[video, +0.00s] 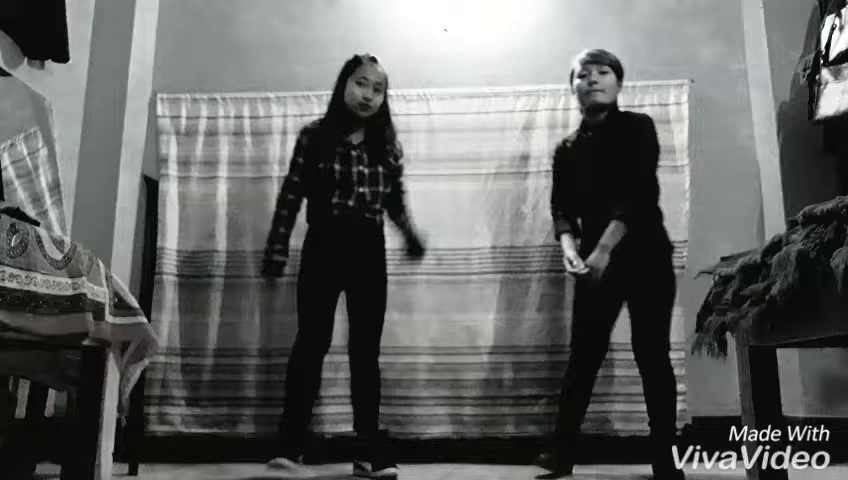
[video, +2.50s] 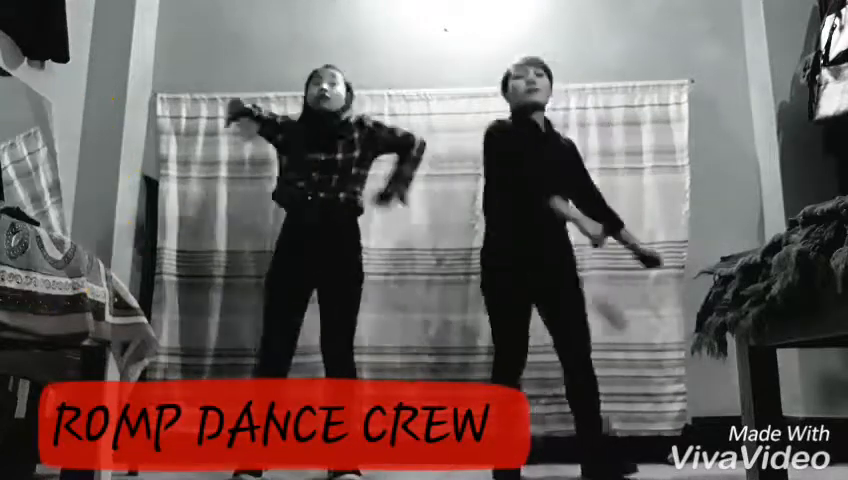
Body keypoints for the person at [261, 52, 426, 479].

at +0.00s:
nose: (368, 94)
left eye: (378, 89)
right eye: (361, 84)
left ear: (384, 97)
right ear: (343, 86)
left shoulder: (386, 142)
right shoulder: (315, 135)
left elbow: (393, 196)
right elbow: (291, 195)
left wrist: (409, 233)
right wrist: (276, 250)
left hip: (368, 255)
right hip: (322, 252)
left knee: (365, 351)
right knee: (310, 345)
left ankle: (370, 450)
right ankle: (291, 445)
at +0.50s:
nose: (337, 94)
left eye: (344, 88)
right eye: (328, 88)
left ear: (355, 98)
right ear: (314, 97)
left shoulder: (365, 141)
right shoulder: (298, 141)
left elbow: (410, 159)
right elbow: (278, 201)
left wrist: (380, 138)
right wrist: (278, 257)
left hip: (353, 253)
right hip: (309, 254)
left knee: (368, 347)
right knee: (307, 350)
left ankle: (369, 440)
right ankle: (297, 446)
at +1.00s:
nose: (330, 99)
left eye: (334, 93)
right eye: (321, 91)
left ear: (337, 103)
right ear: (299, 97)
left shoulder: (343, 154)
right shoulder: (272, 149)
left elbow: (358, 213)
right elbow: (257, 205)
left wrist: (368, 263)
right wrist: (255, 257)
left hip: (334, 265)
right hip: (286, 264)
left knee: (349, 356)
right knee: (274, 355)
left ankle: (360, 446)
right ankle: (262, 447)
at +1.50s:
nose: (361, 109)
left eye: (367, 102)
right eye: (354, 101)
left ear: (377, 107)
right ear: (341, 106)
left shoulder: (386, 148)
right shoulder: (325, 151)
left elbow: (411, 163)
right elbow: (310, 206)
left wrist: (387, 124)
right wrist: (299, 251)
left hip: (371, 258)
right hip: (327, 256)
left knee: (367, 351)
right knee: (315, 347)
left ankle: (368, 435)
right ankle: (314, 428)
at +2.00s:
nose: (348, 107)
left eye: (356, 102)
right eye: (340, 101)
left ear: (368, 112)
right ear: (328, 110)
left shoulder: (382, 159)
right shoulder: (310, 156)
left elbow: (400, 212)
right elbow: (285, 202)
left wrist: (418, 259)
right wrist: (267, 244)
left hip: (363, 264)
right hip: (322, 262)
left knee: (352, 353)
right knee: (326, 352)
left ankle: (351, 439)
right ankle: (325, 440)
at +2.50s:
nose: (324, 86)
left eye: (333, 81)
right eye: (316, 81)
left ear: (348, 96)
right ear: (305, 95)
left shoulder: (363, 131)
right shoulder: (289, 129)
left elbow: (414, 145)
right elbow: (247, 114)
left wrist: (397, 184)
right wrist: (242, 113)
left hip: (340, 245)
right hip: (295, 244)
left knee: (338, 351)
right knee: (275, 349)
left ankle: (344, 454)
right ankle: (255, 451)